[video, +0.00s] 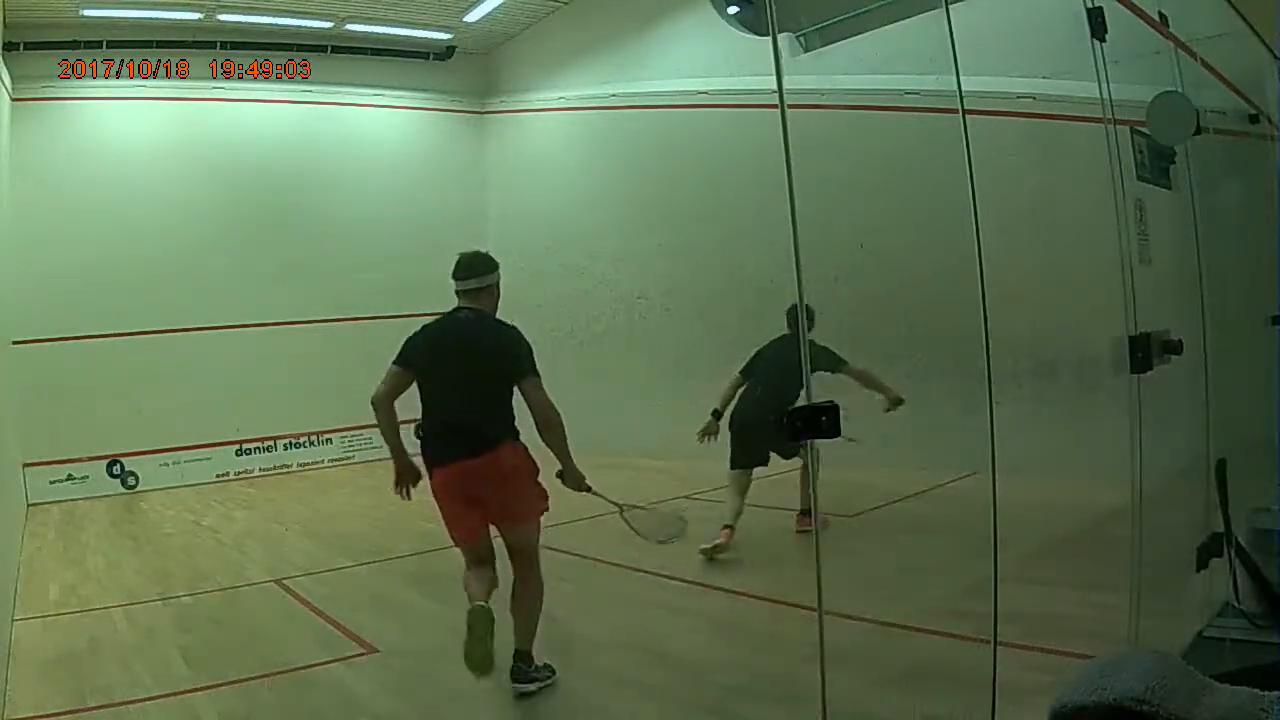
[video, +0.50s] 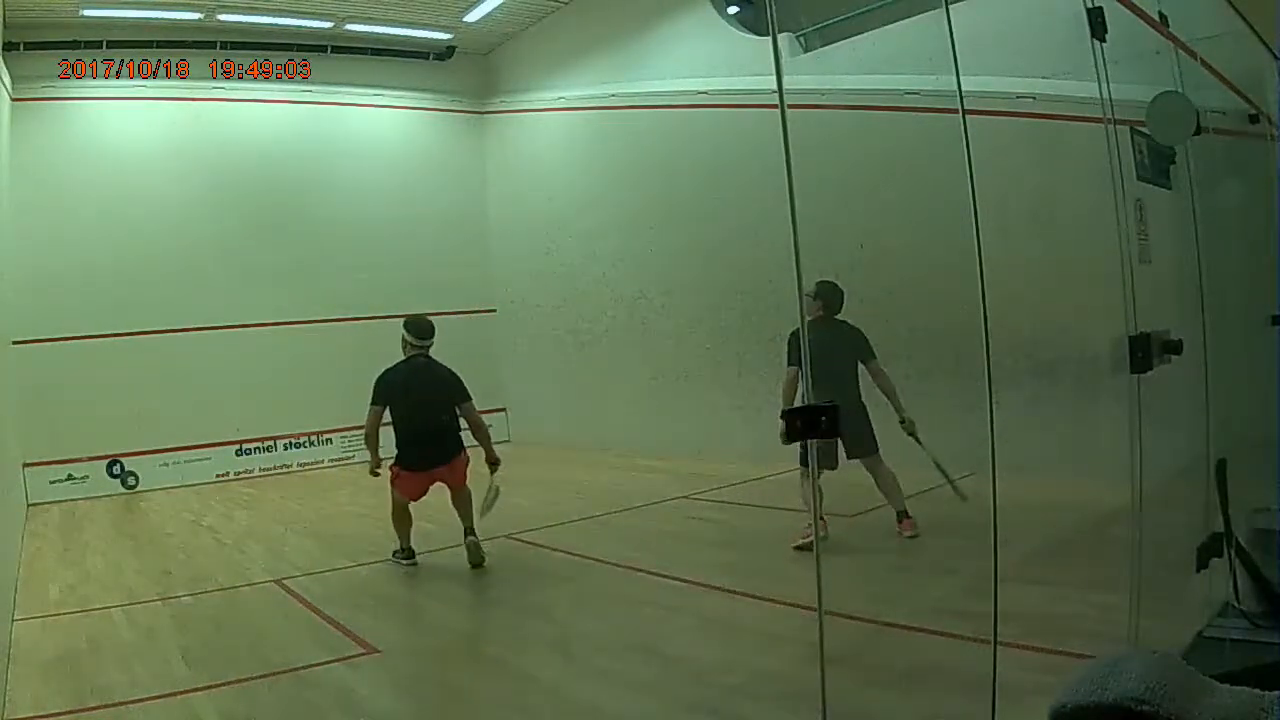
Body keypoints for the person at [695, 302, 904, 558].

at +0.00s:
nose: (807, 326)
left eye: (799, 321)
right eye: (809, 322)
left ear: (788, 323)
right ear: (811, 325)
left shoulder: (770, 348)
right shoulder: (813, 351)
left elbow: (736, 382)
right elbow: (856, 373)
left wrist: (715, 417)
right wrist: (890, 393)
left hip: (741, 421)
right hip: (772, 422)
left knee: (738, 484)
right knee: (811, 452)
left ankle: (726, 531)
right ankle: (806, 515)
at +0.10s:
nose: (815, 311)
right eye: (819, 305)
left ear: (796, 302)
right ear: (822, 306)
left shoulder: (778, 330)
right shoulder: (825, 335)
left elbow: (749, 368)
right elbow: (859, 368)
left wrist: (744, 400)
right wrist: (896, 398)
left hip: (764, 408)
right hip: (797, 408)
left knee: (769, 471)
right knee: (816, 449)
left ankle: (780, 518)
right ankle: (807, 513)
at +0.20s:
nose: (818, 296)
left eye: (815, 289)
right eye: (823, 291)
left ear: (803, 288)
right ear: (829, 293)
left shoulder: (785, 317)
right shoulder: (834, 322)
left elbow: (758, 355)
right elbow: (858, 355)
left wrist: (760, 383)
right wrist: (885, 385)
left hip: (781, 402)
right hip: (817, 400)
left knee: (789, 465)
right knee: (830, 453)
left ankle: (805, 518)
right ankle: (822, 505)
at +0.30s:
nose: (806, 293)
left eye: (807, 288)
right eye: (808, 288)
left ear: (807, 289)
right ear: (834, 292)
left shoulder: (790, 319)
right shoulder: (843, 320)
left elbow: (767, 357)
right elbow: (867, 351)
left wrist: (771, 383)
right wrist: (892, 383)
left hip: (796, 406)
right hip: (832, 402)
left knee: (801, 467)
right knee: (854, 448)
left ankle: (809, 528)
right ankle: (863, 506)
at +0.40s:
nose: (807, 297)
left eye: (810, 292)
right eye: (809, 292)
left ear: (818, 296)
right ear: (836, 300)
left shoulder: (798, 328)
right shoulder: (851, 326)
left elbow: (781, 365)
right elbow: (876, 358)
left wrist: (775, 396)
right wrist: (902, 393)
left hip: (809, 414)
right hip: (845, 409)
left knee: (808, 470)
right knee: (869, 462)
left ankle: (811, 528)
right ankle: (903, 517)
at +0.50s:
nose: (805, 303)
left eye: (809, 299)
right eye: (807, 298)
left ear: (819, 304)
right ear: (835, 306)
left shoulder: (799, 336)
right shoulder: (852, 333)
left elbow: (792, 378)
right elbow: (877, 374)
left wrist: (786, 418)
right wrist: (902, 414)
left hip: (816, 418)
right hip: (852, 413)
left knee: (808, 474)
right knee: (875, 465)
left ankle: (816, 525)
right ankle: (905, 519)